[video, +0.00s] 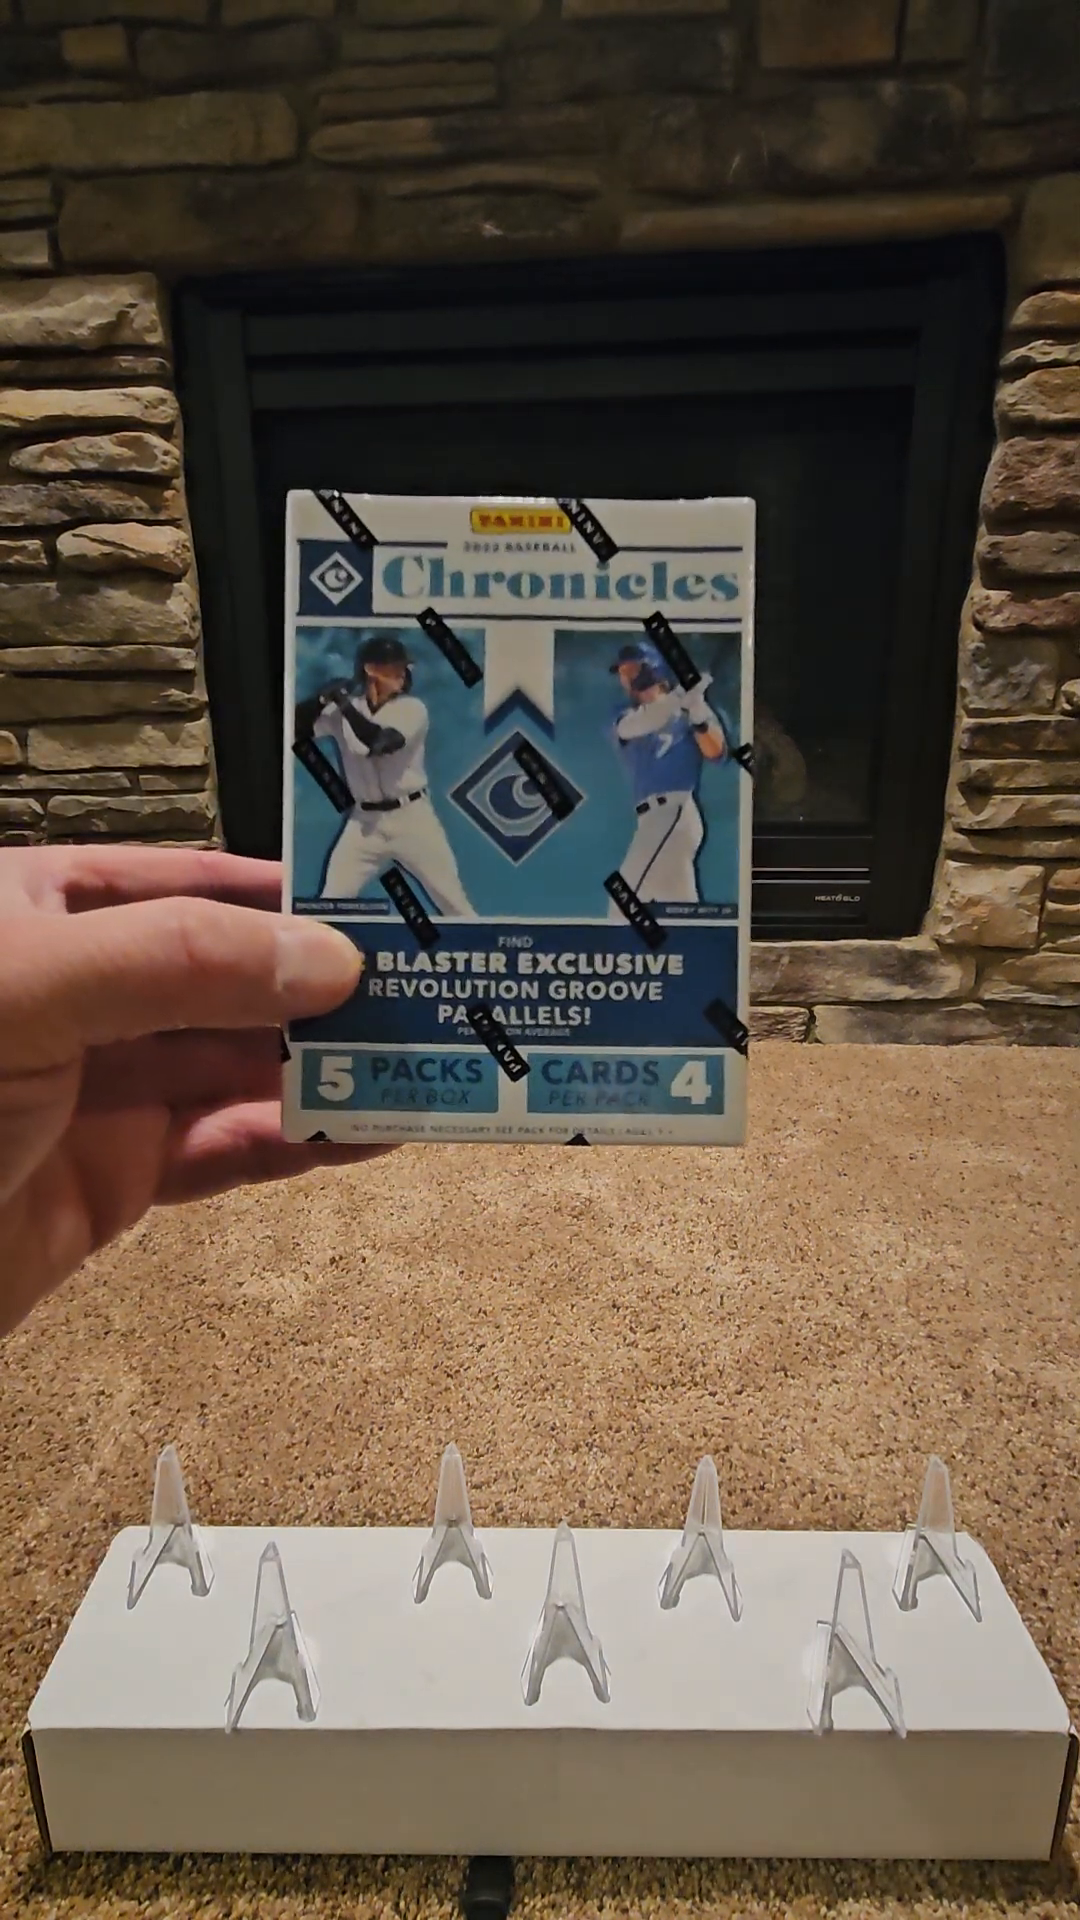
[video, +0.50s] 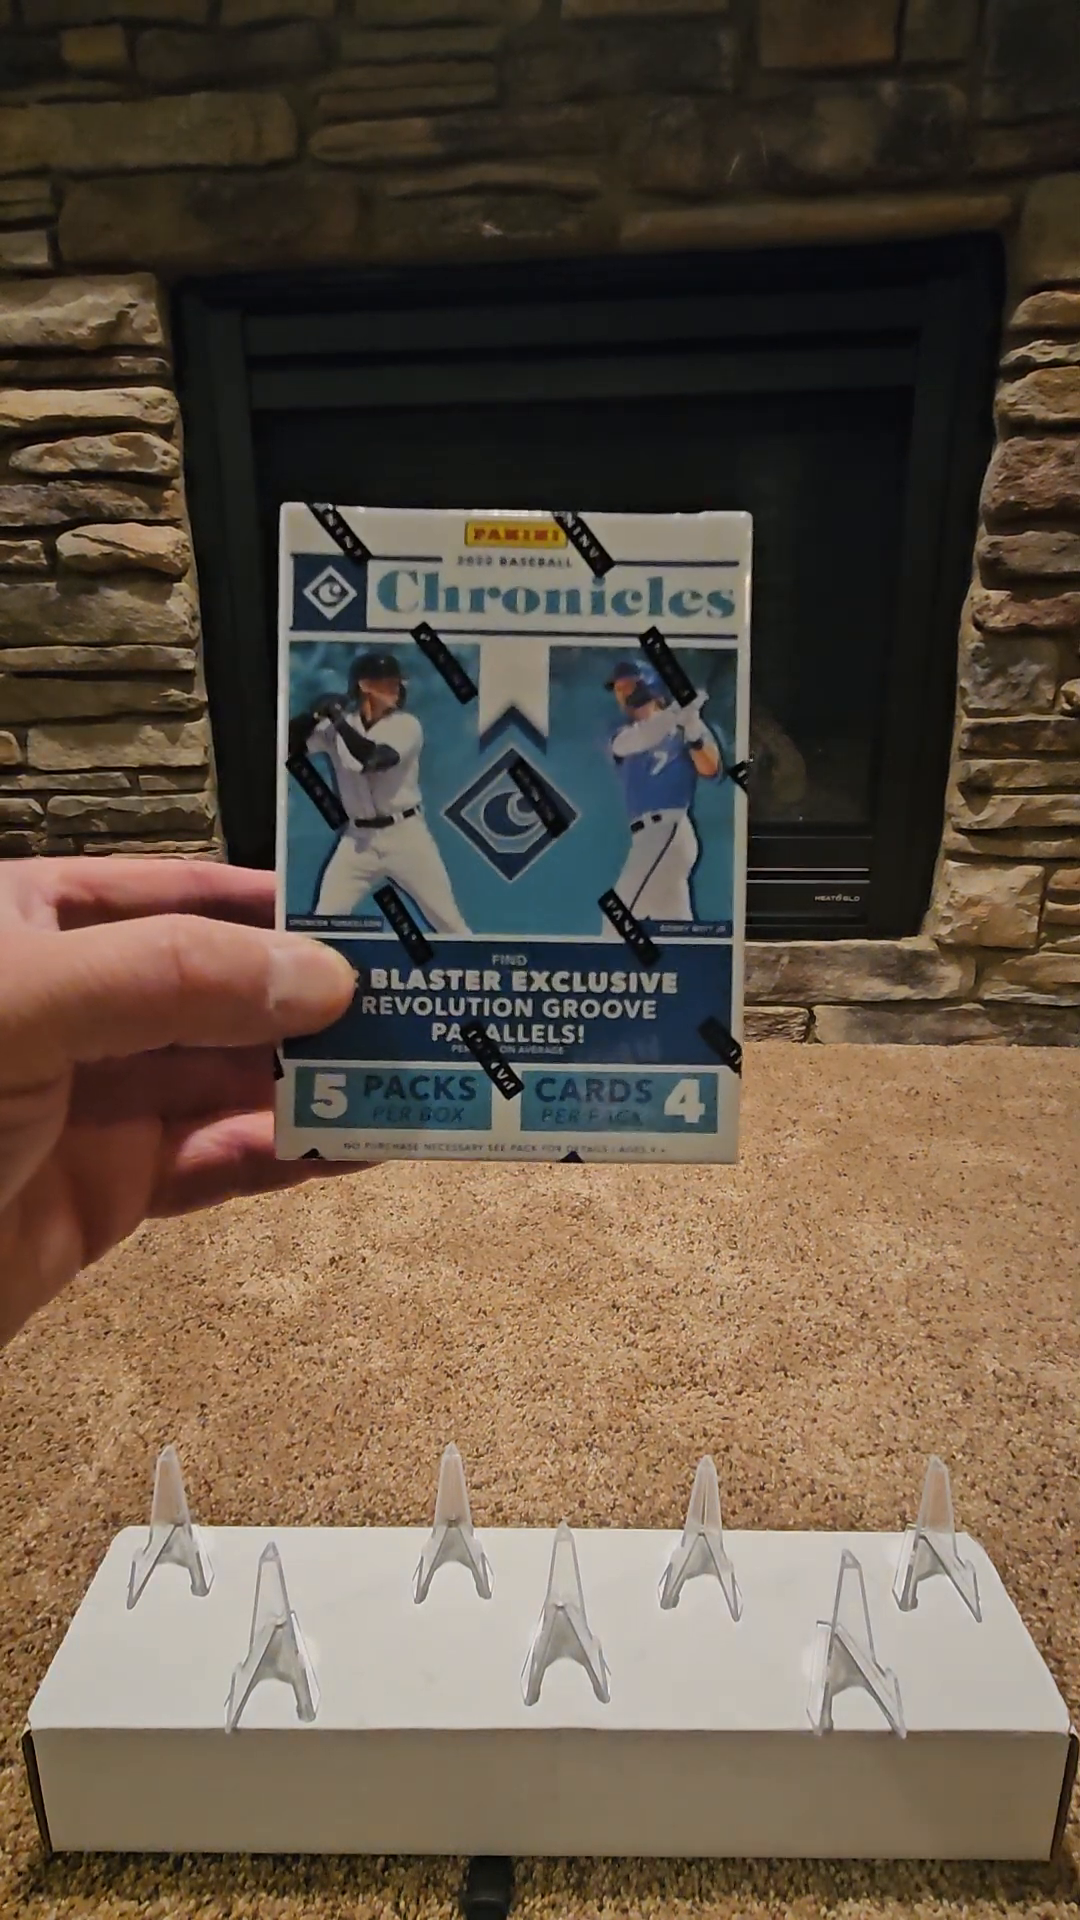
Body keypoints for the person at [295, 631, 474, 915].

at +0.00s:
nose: (402, 673)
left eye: (403, 667)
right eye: (394, 666)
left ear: (404, 671)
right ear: (371, 670)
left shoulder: (411, 709)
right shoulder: (341, 712)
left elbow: (377, 743)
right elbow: (293, 730)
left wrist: (343, 703)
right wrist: (321, 700)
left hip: (413, 819)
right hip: (364, 823)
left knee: (454, 903)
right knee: (332, 905)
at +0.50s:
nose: (396, 686)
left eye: (397, 680)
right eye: (388, 680)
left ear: (400, 685)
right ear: (365, 686)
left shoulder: (406, 725)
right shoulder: (335, 730)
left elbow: (373, 760)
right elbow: (288, 746)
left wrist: (338, 719)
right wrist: (313, 716)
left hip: (406, 836)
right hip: (357, 840)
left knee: (449, 922)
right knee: (325, 922)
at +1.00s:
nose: (392, 696)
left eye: (393, 690)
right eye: (384, 690)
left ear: (396, 694)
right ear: (361, 695)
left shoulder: (402, 734)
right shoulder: (331, 738)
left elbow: (369, 769)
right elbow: (285, 755)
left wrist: (334, 729)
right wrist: (311, 725)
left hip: (403, 845)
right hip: (354, 849)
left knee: (444, 929)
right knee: (322, 930)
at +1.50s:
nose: (392, 693)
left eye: (393, 687)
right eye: (384, 687)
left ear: (396, 692)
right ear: (361, 693)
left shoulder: (402, 731)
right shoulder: (332, 736)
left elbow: (371, 766)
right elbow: (288, 752)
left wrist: (333, 727)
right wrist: (310, 722)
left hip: (403, 844)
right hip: (354, 847)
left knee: (444, 927)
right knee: (321, 929)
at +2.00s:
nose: (387, 679)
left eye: (388, 673)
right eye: (379, 673)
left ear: (391, 678)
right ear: (355, 679)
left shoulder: (397, 718)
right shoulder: (326, 722)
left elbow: (364, 753)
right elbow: (281, 735)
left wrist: (327, 714)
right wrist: (306, 708)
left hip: (399, 831)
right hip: (350, 835)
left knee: (441, 916)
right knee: (318, 917)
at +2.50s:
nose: (390, 679)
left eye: (390, 673)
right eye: (381, 673)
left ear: (393, 679)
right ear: (357, 678)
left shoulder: (399, 718)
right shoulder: (327, 723)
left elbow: (366, 754)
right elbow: (282, 740)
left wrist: (330, 714)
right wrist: (306, 710)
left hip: (401, 832)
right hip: (351, 836)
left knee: (444, 918)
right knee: (319, 920)